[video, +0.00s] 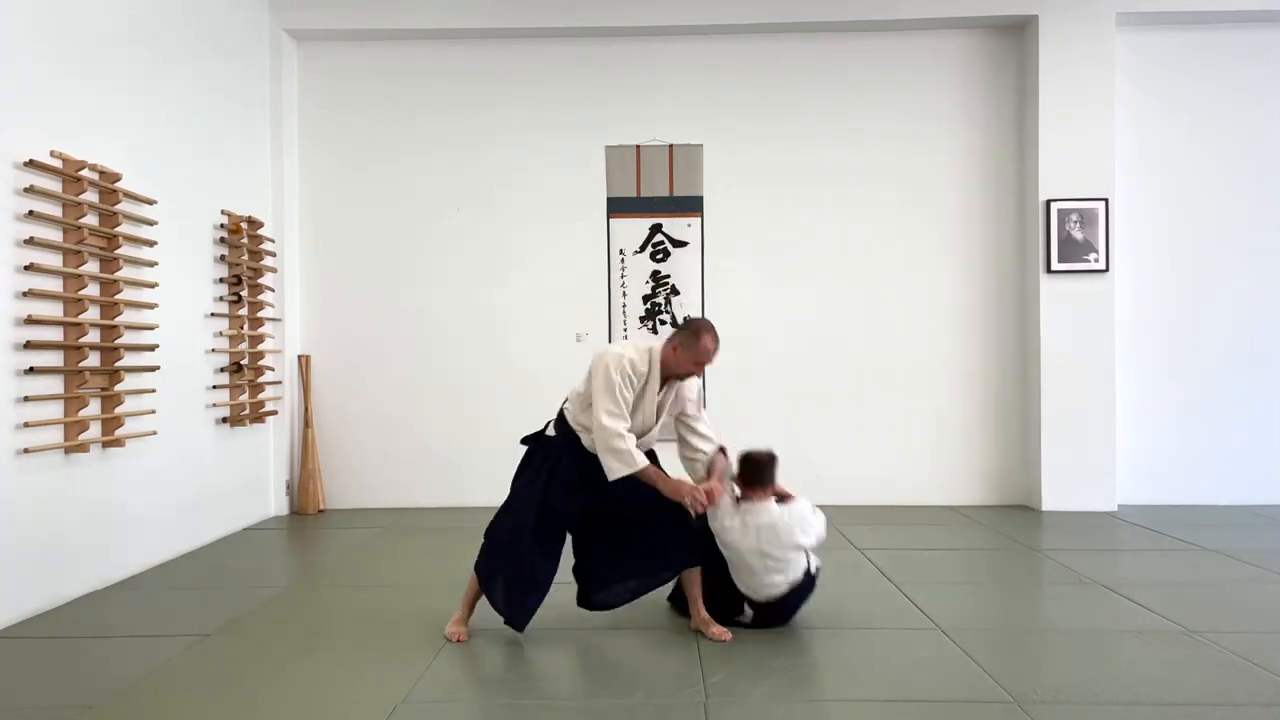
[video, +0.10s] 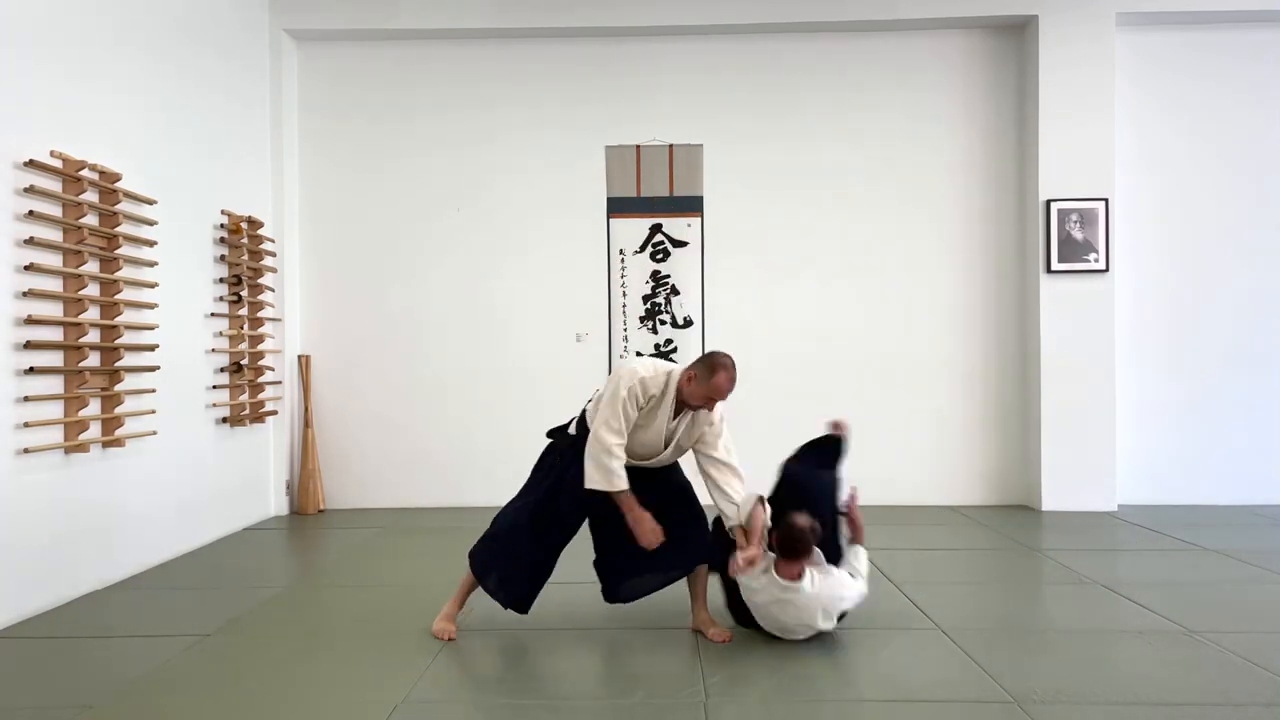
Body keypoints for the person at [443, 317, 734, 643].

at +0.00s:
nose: (701, 372)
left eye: (705, 366)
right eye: (699, 364)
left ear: (681, 353)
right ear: (674, 347)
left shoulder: (682, 384)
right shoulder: (616, 362)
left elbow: (697, 443)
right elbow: (612, 437)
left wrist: (713, 475)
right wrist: (669, 485)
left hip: (628, 454)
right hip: (571, 446)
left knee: (683, 517)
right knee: (515, 522)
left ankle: (699, 613)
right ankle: (463, 613)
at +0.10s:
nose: (713, 407)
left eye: (720, 401)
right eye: (711, 397)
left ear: (718, 393)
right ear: (689, 378)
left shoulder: (704, 411)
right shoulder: (635, 381)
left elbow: (723, 470)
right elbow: (605, 446)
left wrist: (749, 533)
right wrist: (634, 515)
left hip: (652, 464)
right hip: (590, 449)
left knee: (695, 528)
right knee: (522, 521)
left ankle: (700, 614)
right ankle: (454, 606)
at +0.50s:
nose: (657, 348)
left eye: (664, 342)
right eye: (651, 339)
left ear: (670, 338)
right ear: (631, 327)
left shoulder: (665, 370)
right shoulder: (589, 354)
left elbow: (691, 428)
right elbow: (549, 408)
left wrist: (704, 492)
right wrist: (529, 472)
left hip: (634, 456)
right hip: (580, 453)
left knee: (676, 521)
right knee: (541, 520)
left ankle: (698, 611)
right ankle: (519, 586)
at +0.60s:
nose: (636, 317)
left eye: (642, 310)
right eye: (631, 308)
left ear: (644, 309)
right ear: (609, 299)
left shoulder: (642, 347)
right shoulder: (566, 339)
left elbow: (661, 401)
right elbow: (536, 398)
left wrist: (666, 457)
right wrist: (537, 463)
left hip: (611, 440)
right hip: (562, 437)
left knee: (649, 502)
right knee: (538, 511)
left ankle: (679, 602)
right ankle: (520, 591)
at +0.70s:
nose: (622, 293)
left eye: (626, 286)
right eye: (615, 285)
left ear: (628, 288)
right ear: (592, 283)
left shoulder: (626, 333)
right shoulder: (557, 328)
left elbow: (635, 393)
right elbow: (535, 394)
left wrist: (632, 447)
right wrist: (547, 454)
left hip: (600, 432)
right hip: (552, 430)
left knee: (635, 493)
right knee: (537, 510)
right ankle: (520, 589)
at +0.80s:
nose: (615, 281)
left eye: (617, 275)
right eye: (608, 274)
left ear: (616, 277)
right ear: (584, 274)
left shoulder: (614, 321)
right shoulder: (555, 319)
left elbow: (618, 373)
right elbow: (543, 385)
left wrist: (608, 419)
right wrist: (557, 443)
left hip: (592, 428)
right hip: (546, 430)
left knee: (627, 505)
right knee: (534, 513)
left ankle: (575, 563)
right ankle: (519, 591)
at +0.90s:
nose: (611, 275)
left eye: (613, 269)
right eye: (604, 268)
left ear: (608, 273)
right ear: (580, 270)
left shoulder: (598, 317)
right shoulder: (559, 315)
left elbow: (586, 378)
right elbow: (549, 380)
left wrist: (588, 425)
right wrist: (567, 436)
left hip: (582, 424)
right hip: (548, 425)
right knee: (540, 506)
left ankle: (537, 572)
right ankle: (520, 589)